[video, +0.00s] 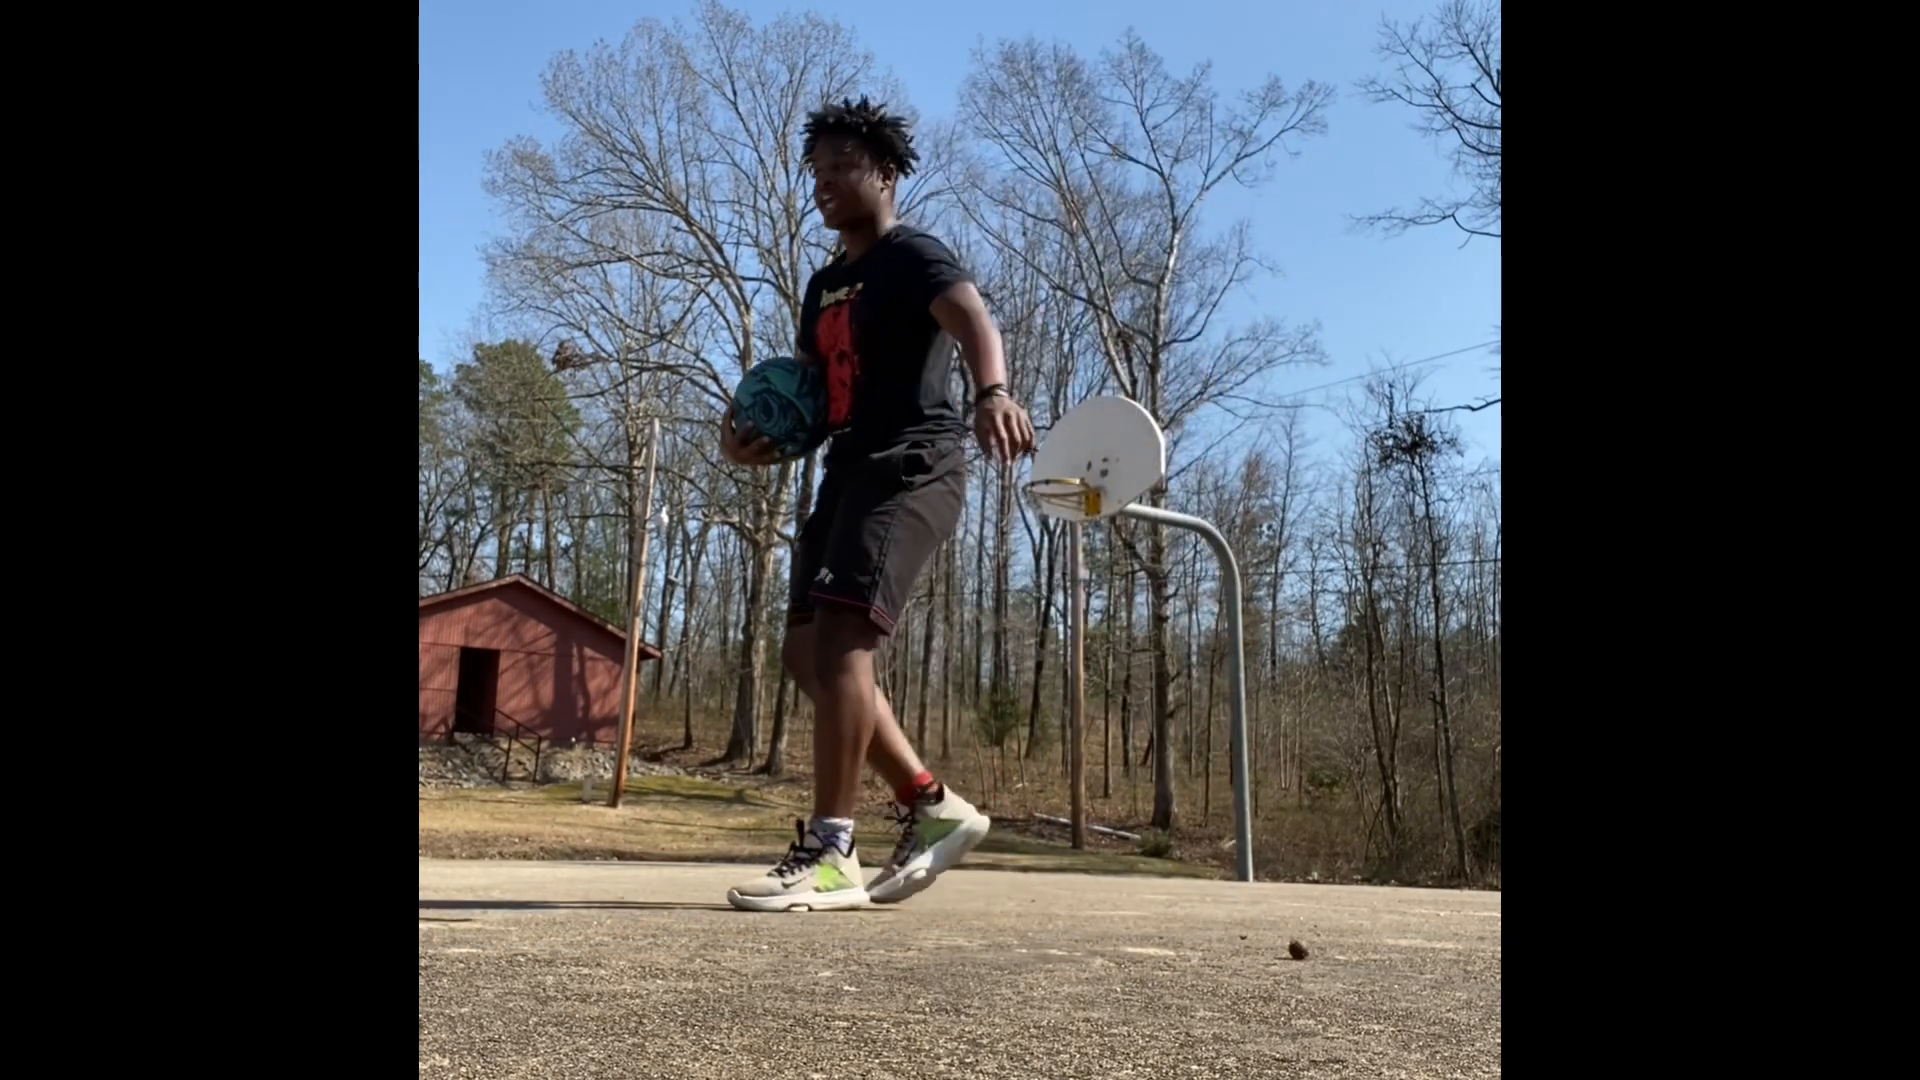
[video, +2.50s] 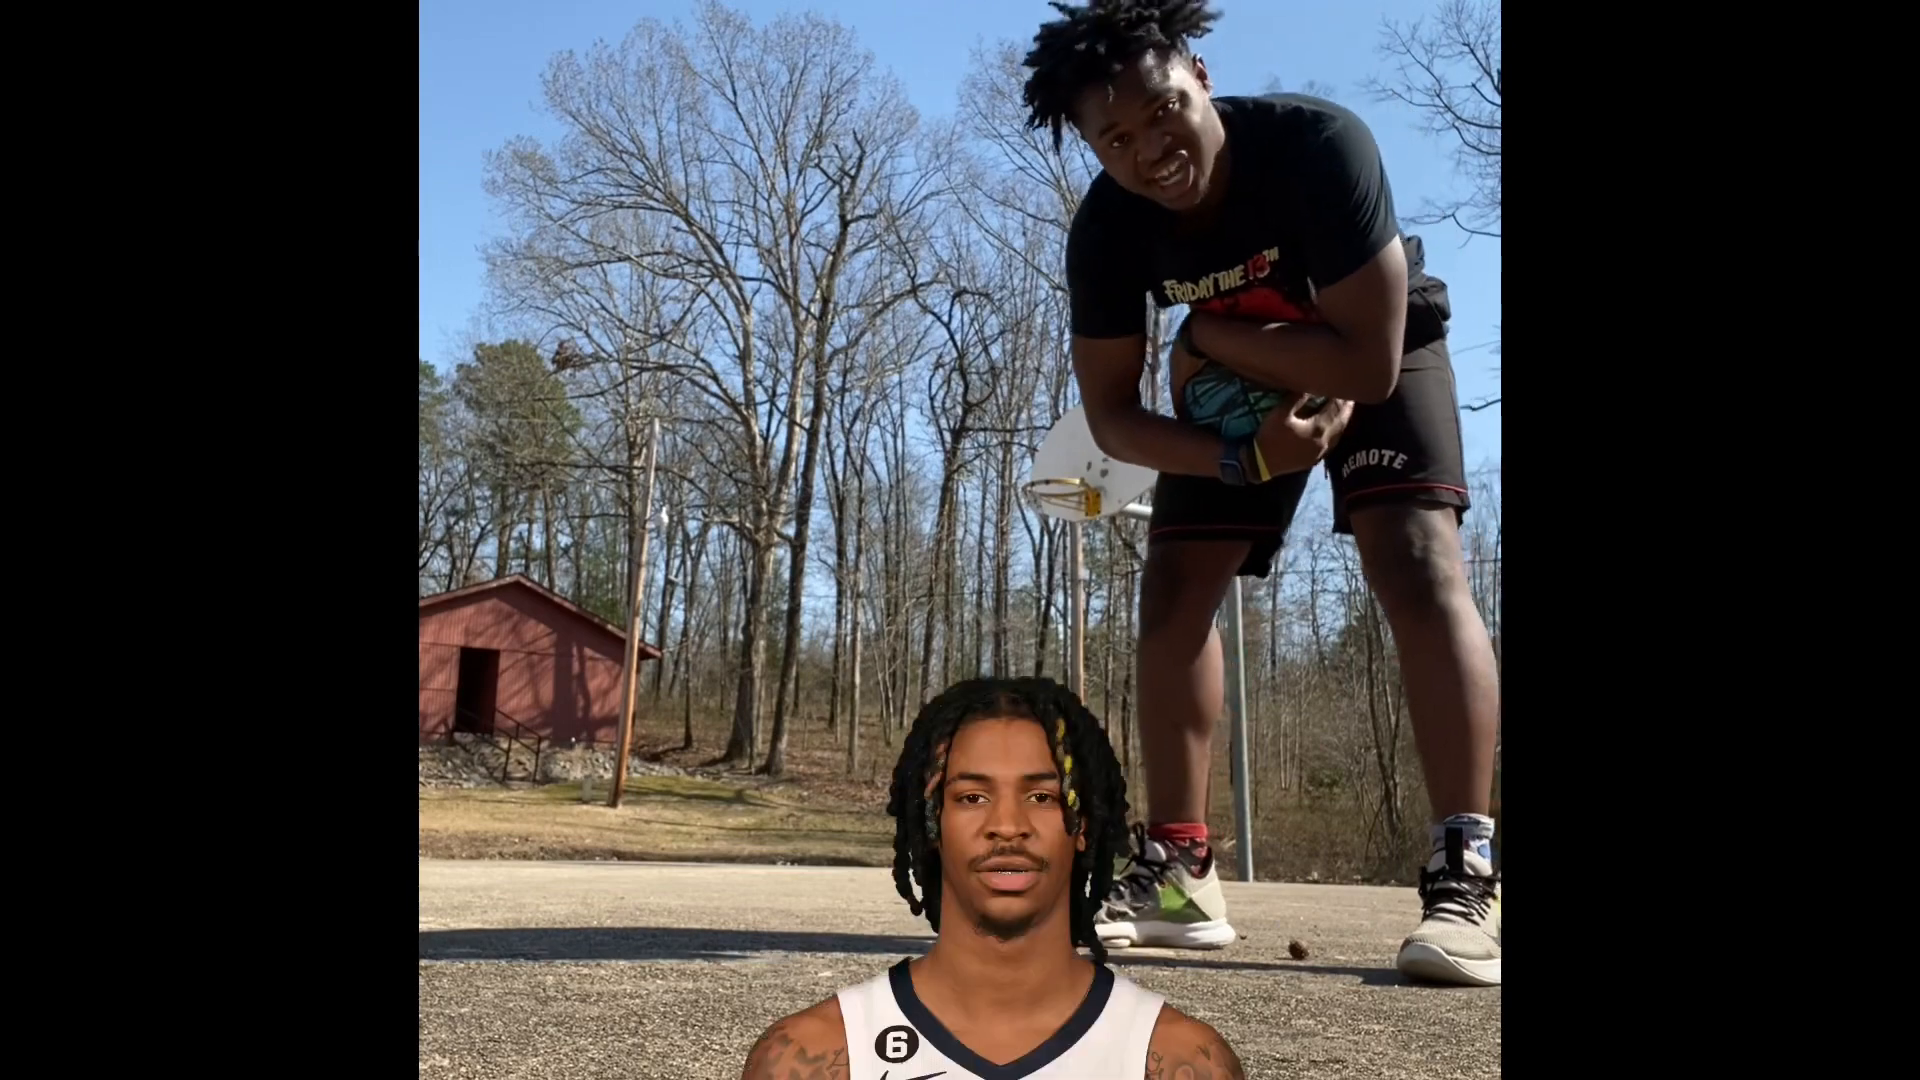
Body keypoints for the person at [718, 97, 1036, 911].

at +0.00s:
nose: (827, 185)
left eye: (844, 169)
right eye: (819, 173)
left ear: (887, 175)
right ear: (814, 184)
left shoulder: (916, 254)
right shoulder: (823, 287)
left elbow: (975, 317)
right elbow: (807, 399)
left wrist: (994, 390)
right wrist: (753, 441)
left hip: (914, 462)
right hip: (849, 470)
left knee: (844, 638)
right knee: (807, 650)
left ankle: (828, 852)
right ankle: (934, 808)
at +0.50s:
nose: (814, 207)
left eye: (823, 190)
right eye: (817, 191)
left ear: (860, 194)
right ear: (864, 198)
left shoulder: (926, 258)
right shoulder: (848, 308)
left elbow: (985, 362)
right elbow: (831, 425)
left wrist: (887, 435)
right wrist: (785, 492)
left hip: (929, 485)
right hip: (866, 490)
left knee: (826, 634)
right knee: (815, 652)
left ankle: (920, 817)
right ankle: (858, 850)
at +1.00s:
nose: (985, 103)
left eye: (1002, 87)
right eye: (988, 87)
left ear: (1061, 99)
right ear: (1032, 102)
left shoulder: (1139, 201)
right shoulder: (979, 224)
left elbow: (1251, 289)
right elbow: (938, 346)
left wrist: (1138, 343)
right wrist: (884, 423)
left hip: (1107, 440)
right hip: (999, 445)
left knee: (1118, 622)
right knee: (918, 630)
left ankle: (1167, 862)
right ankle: (924, 819)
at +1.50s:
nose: (1130, 85)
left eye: (1144, 59)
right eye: (1102, 71)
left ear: (1173, 54)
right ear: (1067, 82)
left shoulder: (1245, 155)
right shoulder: (1039, 201)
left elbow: (1323, 312)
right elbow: (1020, 377)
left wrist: (1156, 298)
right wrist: (1150, 445)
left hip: (1232, 394)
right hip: (1097, 408)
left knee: (1288, 597)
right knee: (1108, 586)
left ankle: (1203, 809)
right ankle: (1167, 867)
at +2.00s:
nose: (1247, 141)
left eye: (1268, 108)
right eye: (1214, 118)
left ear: (1307, 75)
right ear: (1175, 105)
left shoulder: (1379, 148)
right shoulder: (1152, 202)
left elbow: (1406, 373)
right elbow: (1131, 406)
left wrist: (1233, 336)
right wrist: (1274, 456)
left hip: (1387, 366)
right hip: (1248, 379)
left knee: (1426, 563)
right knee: (1195, 600)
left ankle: (1470, 881)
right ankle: (1182, 876)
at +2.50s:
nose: (1152, 146)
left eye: (1161, 109)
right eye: (1116, 135)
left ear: (1200, 78)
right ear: (1091, 147)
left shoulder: (1319, 148)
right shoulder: (1104, 231)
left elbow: (1370, 369)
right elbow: (1112, 420)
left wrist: (1200, 334)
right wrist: (1247, 460)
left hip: (1374, 346)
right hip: (1229, 371)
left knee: (1416, 570)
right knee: (1173, 596)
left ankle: (1467, 879)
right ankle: (1178, 873)